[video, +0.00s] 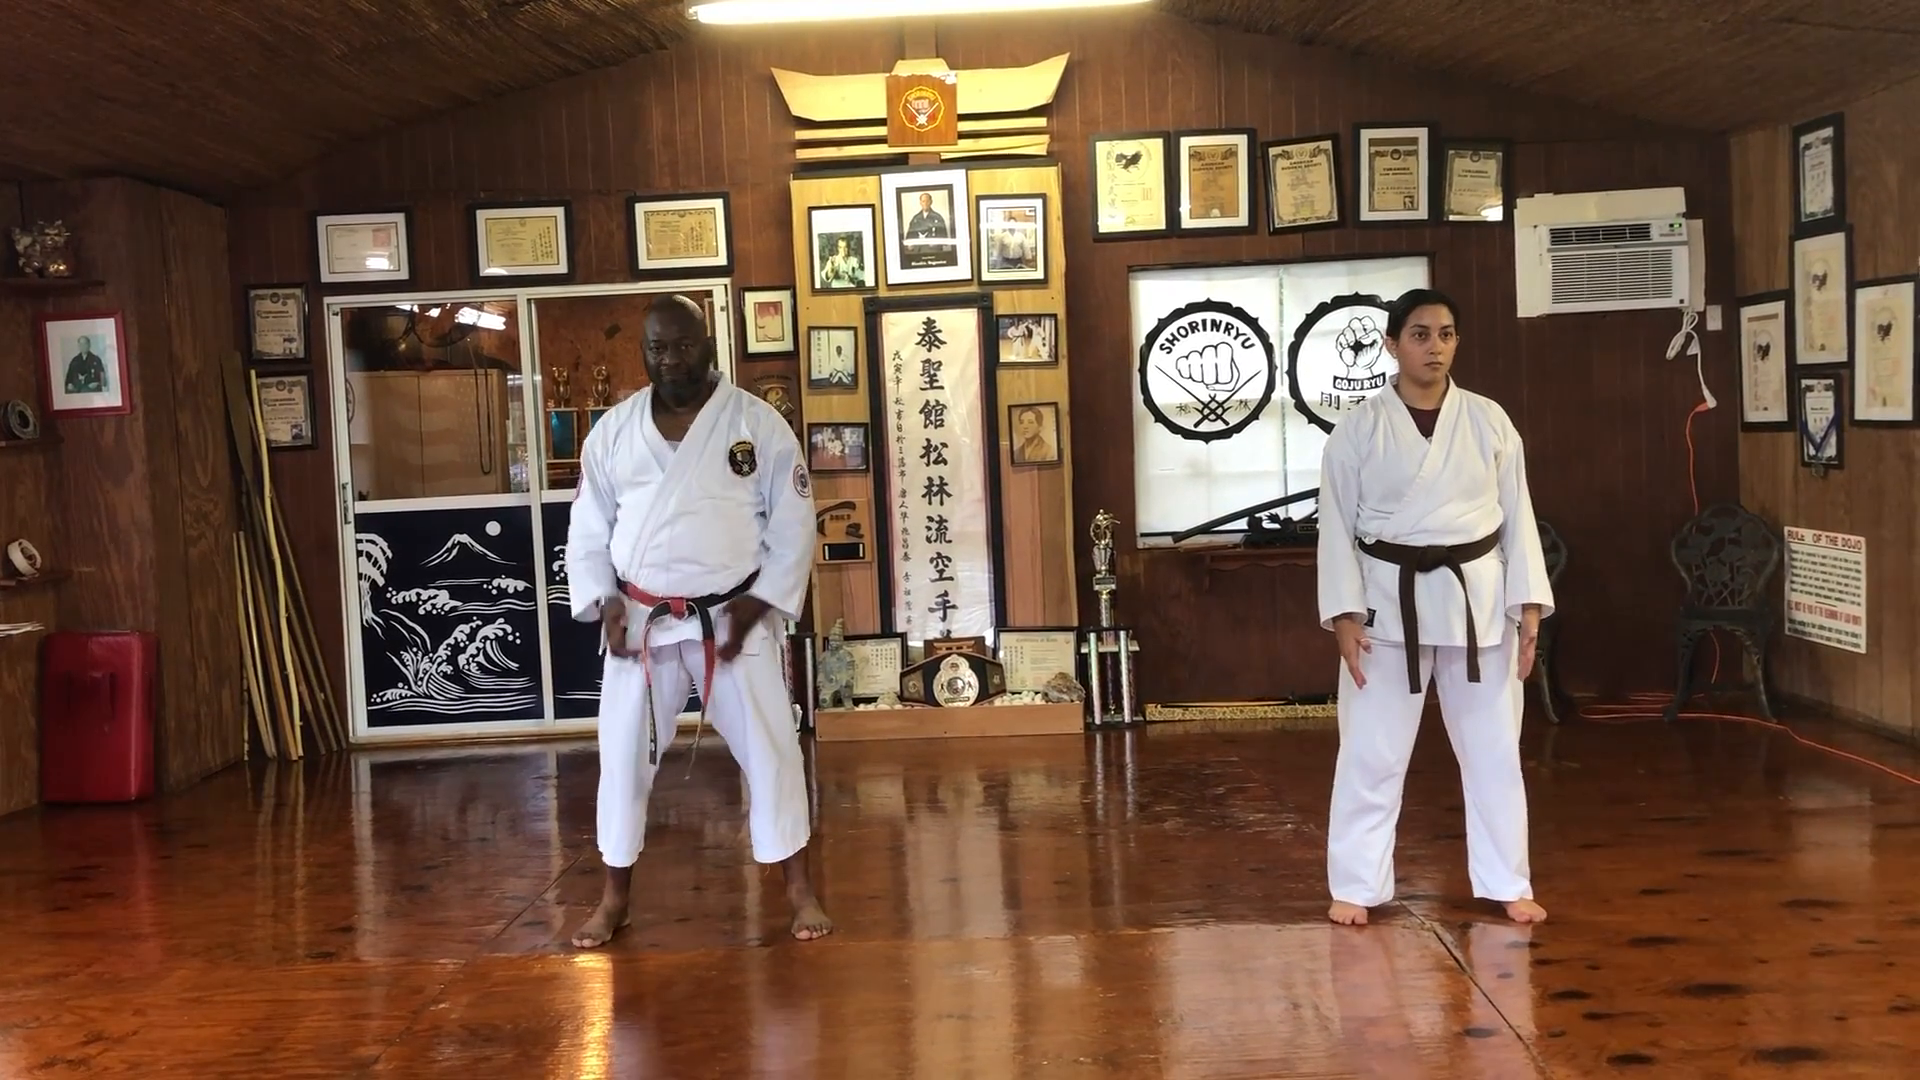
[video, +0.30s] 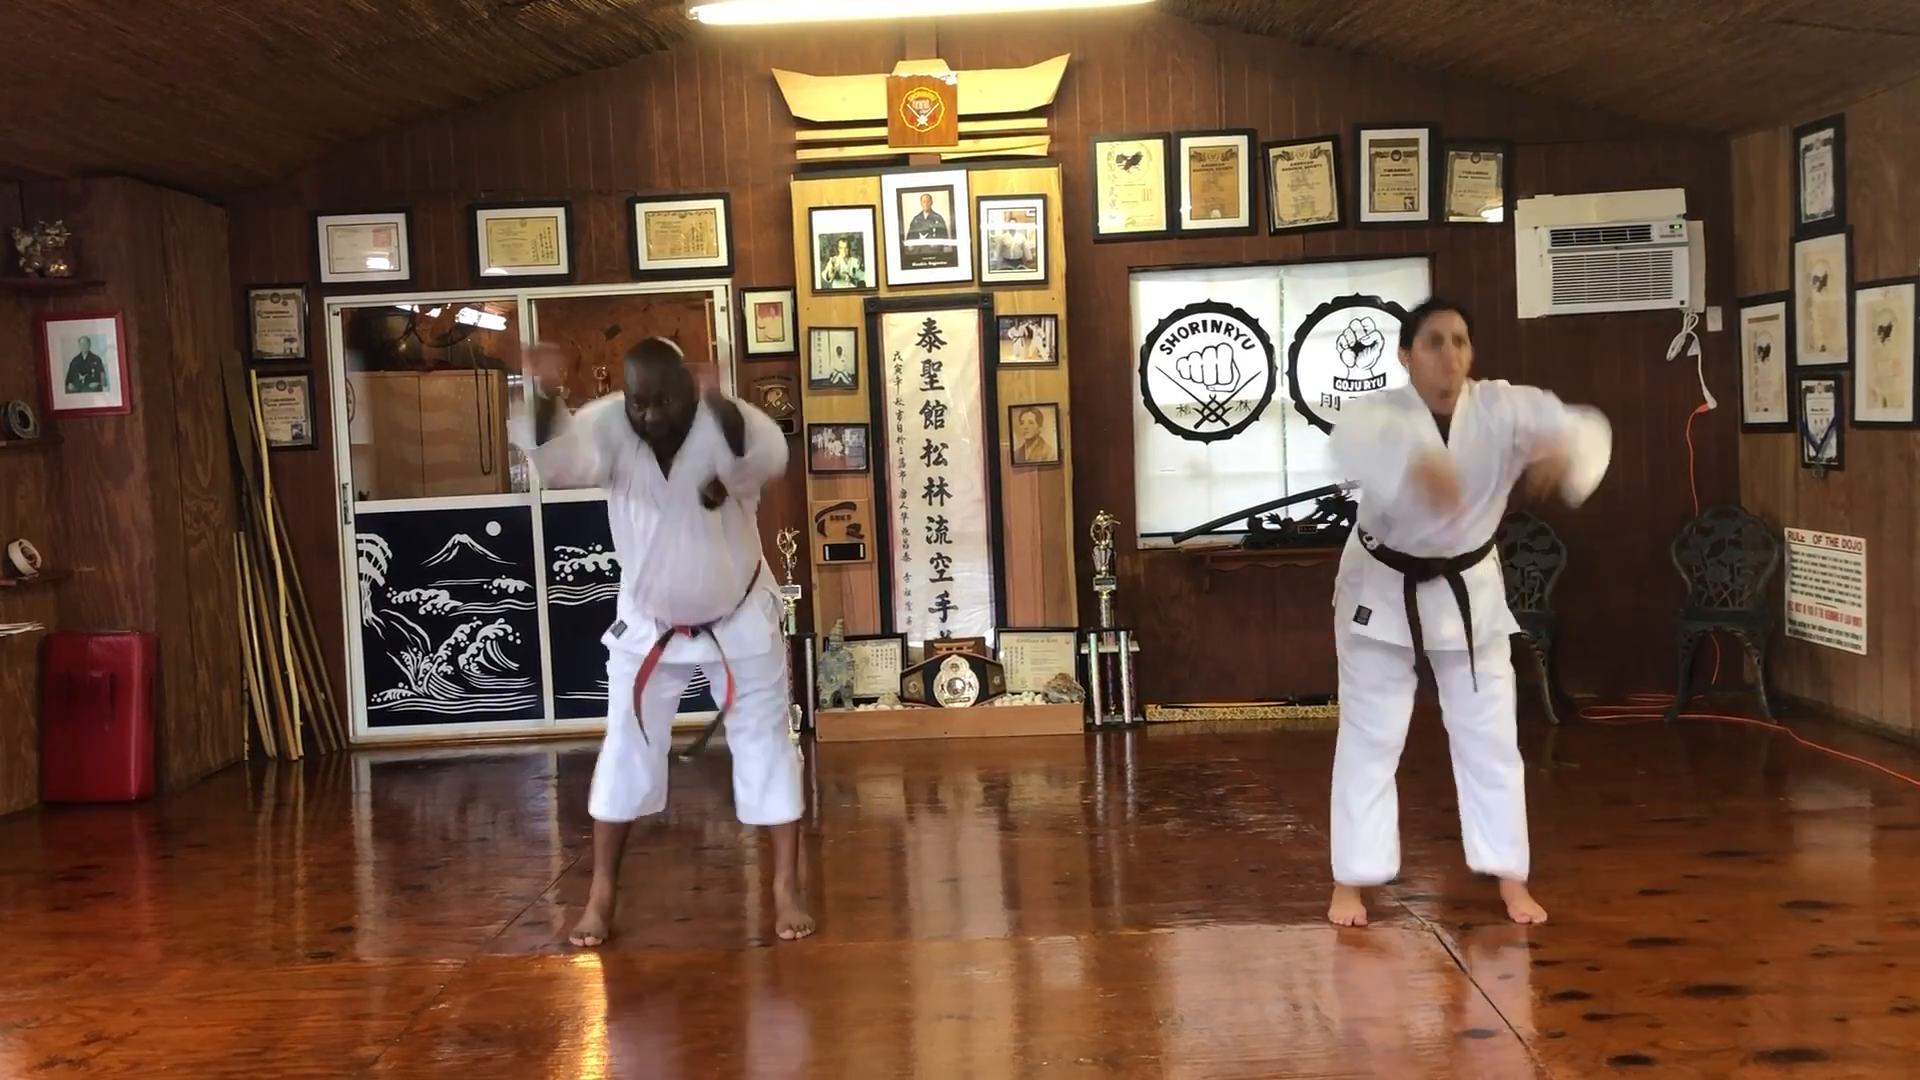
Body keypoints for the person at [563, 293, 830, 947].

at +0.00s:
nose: (668, 360)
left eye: (681, 346)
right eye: (656, 349)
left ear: (707, 344)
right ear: (642, 354)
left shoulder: (757, 424)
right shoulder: (611, 432)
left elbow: (793, 522)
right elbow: (589, 524)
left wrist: (759, 600)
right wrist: (602, 598)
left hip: (734, 615)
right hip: (639, 619)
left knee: (772, 750)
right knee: (622, 757)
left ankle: (800, 889)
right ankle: (612, 898)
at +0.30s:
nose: (651, 416)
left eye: (662, 404)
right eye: (641, 405)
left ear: (684, 390)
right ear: (626, 396)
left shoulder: (726, 425)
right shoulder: (608, 426)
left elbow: (773, 457)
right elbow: (557, 462)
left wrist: (722, 403)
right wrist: (546, 396)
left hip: (739, 619)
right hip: (648, 625)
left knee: (768, 750)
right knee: (622, 754)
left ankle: (786, 893)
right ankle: (599, 899)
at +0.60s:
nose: (656, 413)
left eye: (667, 400)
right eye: (643, 402)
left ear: (689, 391)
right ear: (626, 398)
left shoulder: (732, 426)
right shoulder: (606, 433)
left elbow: (785, 487)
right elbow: (543, 496)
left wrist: (719, 429)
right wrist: (555, 439)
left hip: (738, 616)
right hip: (646, 622)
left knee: (767, 752)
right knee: (623, 757)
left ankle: (786, 892)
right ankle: (604, 901)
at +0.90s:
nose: (657, 410)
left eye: (671, 398)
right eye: (649, 397)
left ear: (703, 396)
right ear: (639, 394)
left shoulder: (738, 445)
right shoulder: (613, 438)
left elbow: (761, 501)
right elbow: (573, 497)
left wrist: (684, 514)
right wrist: (544, 523)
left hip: (706, 629)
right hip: (611, 627)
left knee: (750, 756)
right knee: (578, 761)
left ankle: (785, 893)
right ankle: (576, 887)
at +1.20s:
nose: (468, 417)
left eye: (481, 409)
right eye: (469, 406)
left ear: (520, 416)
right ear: (474, 412)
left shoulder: (586, 473)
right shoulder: (451, 465)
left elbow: (681, 483)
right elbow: (471, 500)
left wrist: (775, 492)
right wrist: (547, 451)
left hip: (581, 661)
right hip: (480, 670)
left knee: (651, 767)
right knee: (399, 773)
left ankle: (727, 891)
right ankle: (347, 918)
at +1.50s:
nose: (388, 465)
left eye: (400, 452)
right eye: (384, 453)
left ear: (444, 451)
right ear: (387, 456)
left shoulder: (506, 517)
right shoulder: (374, 520)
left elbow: (514, 626)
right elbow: (335, 604)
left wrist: (421, 651)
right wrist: (268, 672)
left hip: (498, 688)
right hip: (397, 690)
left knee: (573, 776)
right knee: (308, 790)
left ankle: (584, 898)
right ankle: (326, 916)